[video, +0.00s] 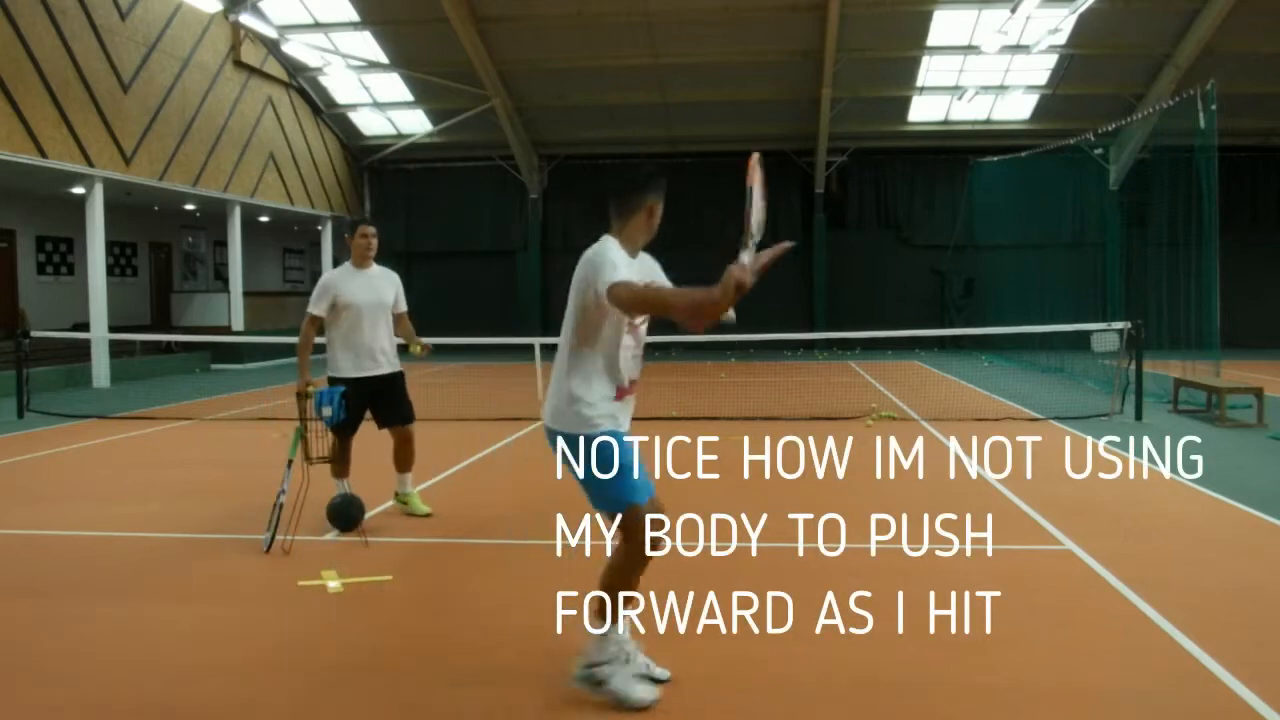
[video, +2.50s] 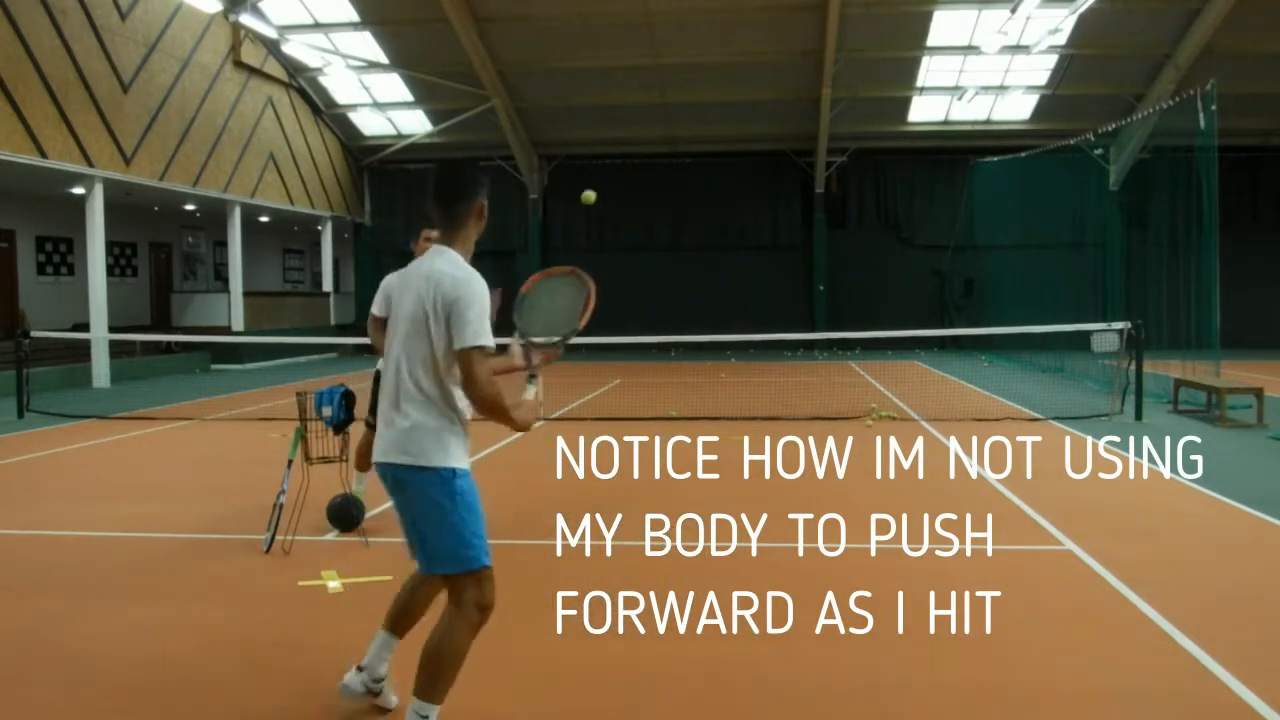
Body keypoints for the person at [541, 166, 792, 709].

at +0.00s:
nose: (657, 217)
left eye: (656, 210)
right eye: (657, 209)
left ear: (625, 209)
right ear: (649, 210)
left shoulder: (644, 264)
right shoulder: (602, 257)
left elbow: (695, 319)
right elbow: (631, 298)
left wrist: (737, 280)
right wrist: (717, 295)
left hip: (608, 415)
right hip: (582, 416)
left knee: (643, 525)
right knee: (643, 526)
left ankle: (613, 640)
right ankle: (598, 654)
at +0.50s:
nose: (686, 289)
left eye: (688, 281)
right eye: (680, 280)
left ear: (680, 285)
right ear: (656, 281)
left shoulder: (678, 321)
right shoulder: (624, 324)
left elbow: (733, 362)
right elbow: (607, 368)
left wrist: (795, 396)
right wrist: (595, 396)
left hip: (621, 446)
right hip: (593, 446)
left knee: (649, 521)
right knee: (680, 524)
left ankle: (599, 603)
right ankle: (683, 650)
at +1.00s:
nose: (657, 220)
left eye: (651, 212)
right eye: (657, 213)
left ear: (614, 219)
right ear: (652, 218)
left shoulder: (588, 274)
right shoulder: (658, 259)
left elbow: (555, 338)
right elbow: (628, 221)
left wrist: (593, 323)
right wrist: (586, 209)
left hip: (599, 425)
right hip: (657, 419)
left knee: (555, 519)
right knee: (681, 513)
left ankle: (532, 633)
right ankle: (732, 611)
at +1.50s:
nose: (538, 197)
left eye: (517, 190)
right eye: (539, 190)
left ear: (493, 193)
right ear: (537, 195)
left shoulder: (489, 244)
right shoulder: (558, 252)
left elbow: (515, 311)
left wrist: (486, 385)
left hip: (514, 409)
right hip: (563, 406)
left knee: (481, 526)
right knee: (552, 516)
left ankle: (526, 648)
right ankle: (565, 642)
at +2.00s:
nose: (446, 211)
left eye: (441, 203)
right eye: (446, 203)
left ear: (397, 208)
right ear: (442, 207)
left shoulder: (364, 263)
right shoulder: (458, 272)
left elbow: (342, 346)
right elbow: (478, 364)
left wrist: (395, 369)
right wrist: (509, 400)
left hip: (372, 435)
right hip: (438, 434)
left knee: (372, 566)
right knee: (486, 558)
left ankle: (350, 694)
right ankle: (535, 664)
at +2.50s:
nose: (487, 215)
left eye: (483, 207)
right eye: (486, 208)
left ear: (435, 212)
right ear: (480, 212)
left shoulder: (406, 277)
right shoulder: (465, 282)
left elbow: (430, 366)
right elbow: (478, 387)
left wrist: (512, 358)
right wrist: (515, 417)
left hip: (397, 452)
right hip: (433, 457)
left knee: (436, 565)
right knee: (475, 598)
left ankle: (369, 671)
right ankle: (421, 712)